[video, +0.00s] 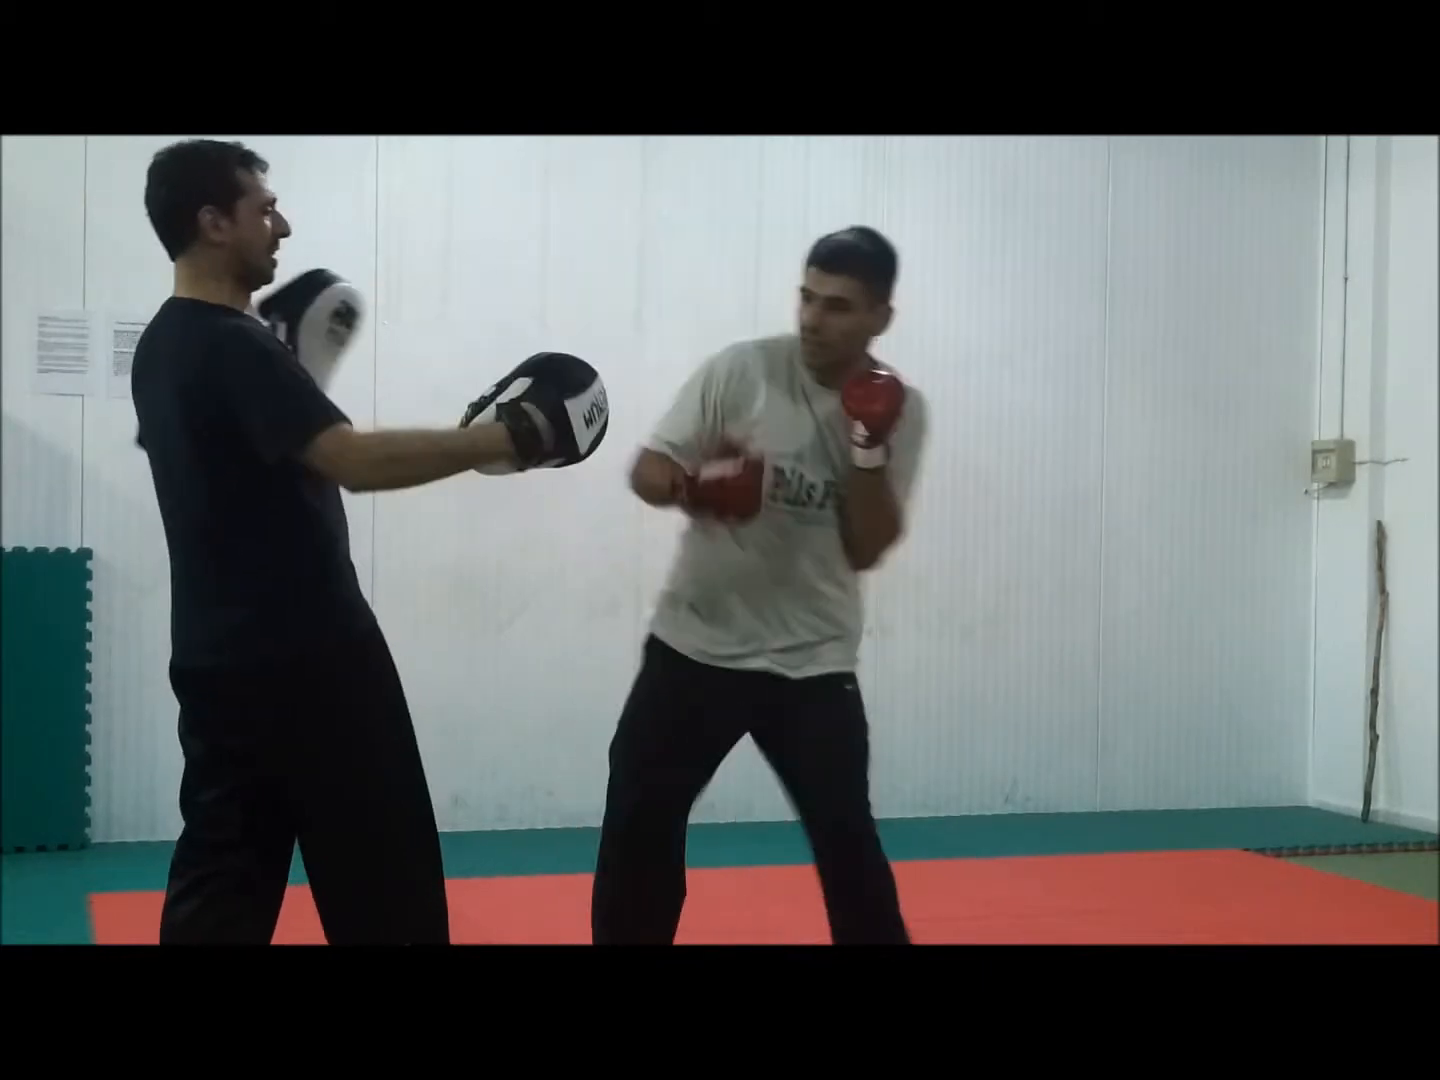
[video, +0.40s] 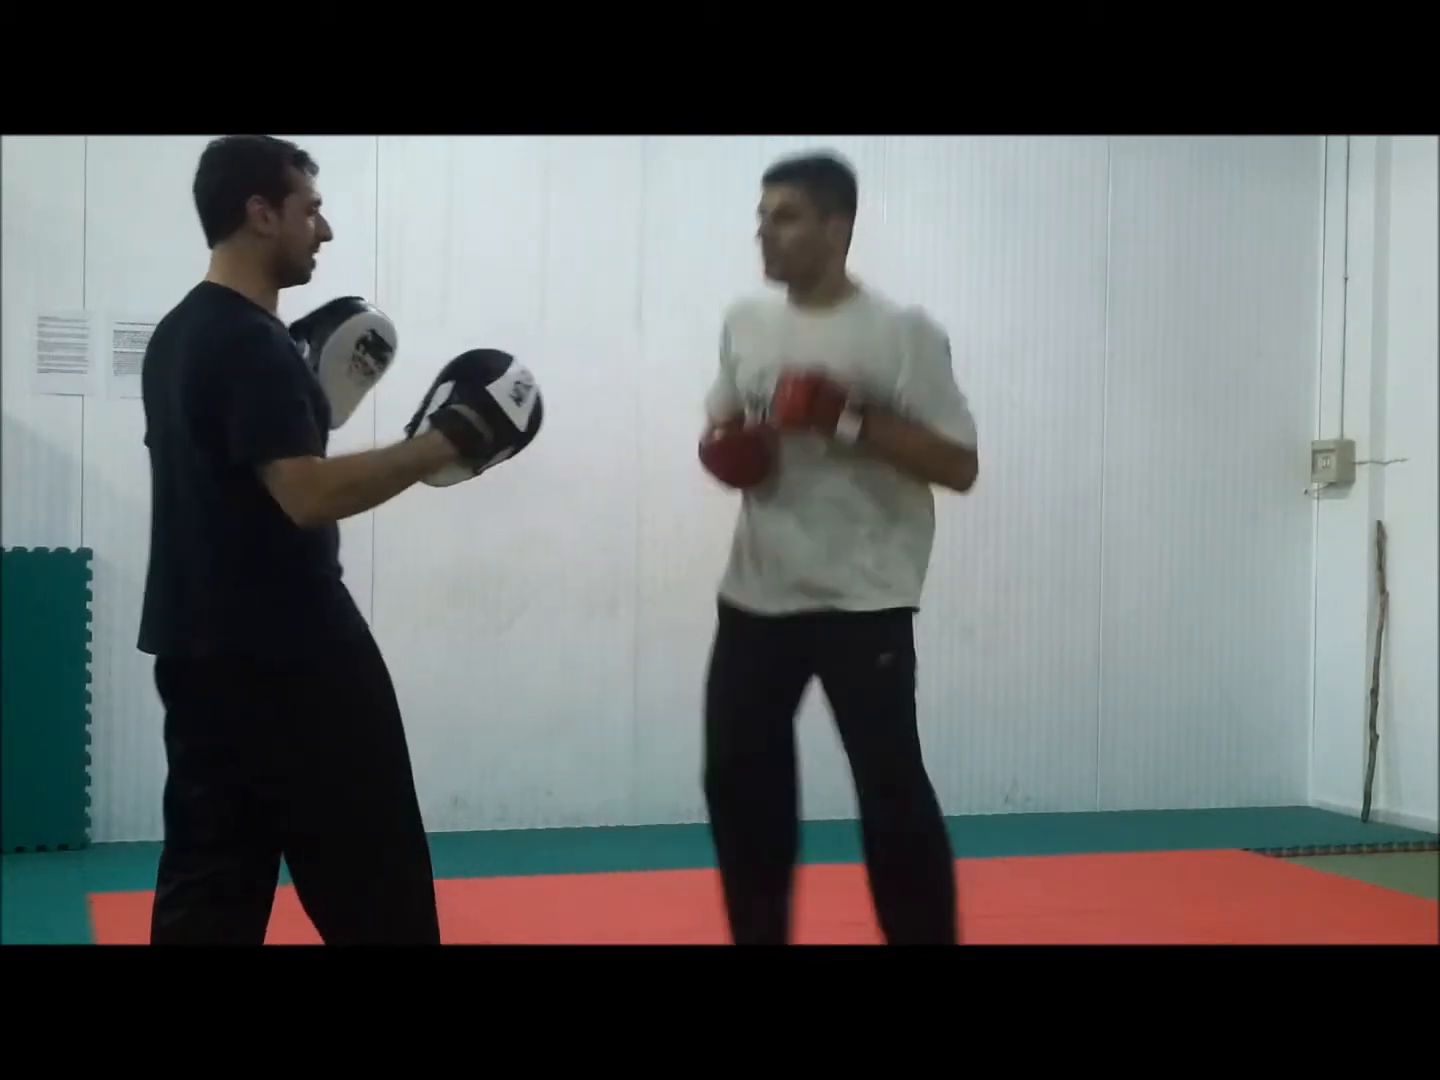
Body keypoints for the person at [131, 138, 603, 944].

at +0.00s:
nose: (281, 224)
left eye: (275, 207)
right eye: (265, 208)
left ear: (207, 229)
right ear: (213, 224)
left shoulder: (164, 344)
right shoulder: (234, 341)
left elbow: (230, 468)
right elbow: (350, 458)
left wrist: (285, 364)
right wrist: (507, 440)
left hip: (219, 660)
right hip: (312, 656)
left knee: (220, 884)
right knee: (387, 881)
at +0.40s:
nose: (325, 226)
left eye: (320, 206)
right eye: (312, 206)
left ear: (247, 216)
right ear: (260, 212)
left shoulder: (179, 332)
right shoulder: (250, 338)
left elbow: (218, 482)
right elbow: (308, 495)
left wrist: (312, 403)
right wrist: (443, 444)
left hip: (201, 651)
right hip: (294, 654)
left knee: (209, 887)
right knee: (379, 889)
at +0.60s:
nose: (306, 272)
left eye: (311, 252)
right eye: (306, 249)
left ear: (216, 233)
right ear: (266, 235)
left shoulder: (110, 337)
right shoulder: (251, 345)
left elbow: (61, 487)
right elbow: (286, 502)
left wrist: (68, 607)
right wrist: (410, 499)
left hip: (122, 654)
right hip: (239, 657)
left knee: (106, 882)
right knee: (267, 888)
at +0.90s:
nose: (304, 273)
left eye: (308, 253)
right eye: (303, 249)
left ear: (213, 232)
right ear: (261, 233)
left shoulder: (107, 338)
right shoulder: (244, 347)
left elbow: (60, 488)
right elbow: (281, 507)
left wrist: (68, 608)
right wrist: (407, 499)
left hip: (121, 660)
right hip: (237, 663)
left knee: (104, 887)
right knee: (267, 895)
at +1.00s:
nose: (301, 274)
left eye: (304, 252)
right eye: (298, 249)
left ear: (223, 235)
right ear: (257, 235)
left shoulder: (107, 337)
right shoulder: (238, 343)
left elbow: (58, 486)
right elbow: (295, 491)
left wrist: (66, 609)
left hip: (119, 649)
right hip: (233, 653)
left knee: (107, 872)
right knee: (266, 881)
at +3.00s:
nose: (284, 253)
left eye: (285, 233)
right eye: (275, 230)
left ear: (208, 225)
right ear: (221, 222)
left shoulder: (113, 334)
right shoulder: (210, 332)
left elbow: (79, 488)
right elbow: (277, 455)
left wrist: (80, 609)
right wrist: (398, 413)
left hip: (122, 651)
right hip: (224, 651)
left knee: (111, 874)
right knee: (265, 878)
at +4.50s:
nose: (282, 261)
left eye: (284, 241)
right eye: (274, 238)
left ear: (213, 231)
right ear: (221, 228)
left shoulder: (126, 335)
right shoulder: (206, 329)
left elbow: (91, 490)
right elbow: (314, 369)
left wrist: (103, 602)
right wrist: (410, 339)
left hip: (134, 646)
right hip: (222, 647)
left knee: (120, 867)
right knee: (259, 874)